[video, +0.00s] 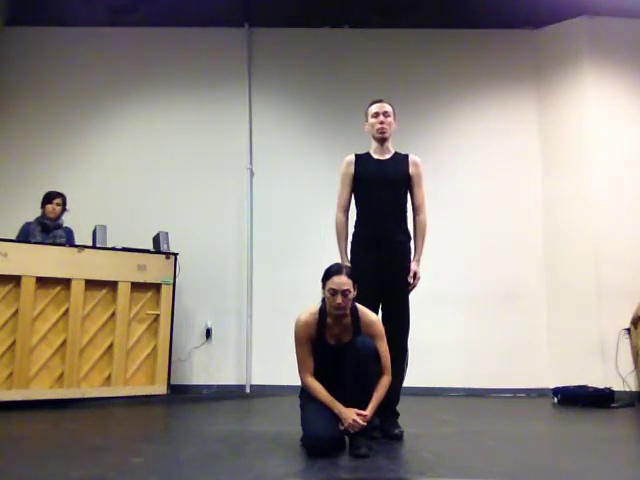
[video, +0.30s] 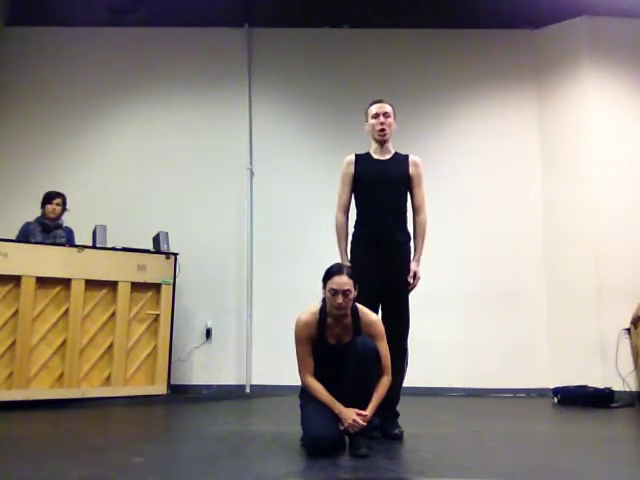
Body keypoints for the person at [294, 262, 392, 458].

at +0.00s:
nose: (339, 300)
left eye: (345, 294)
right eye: (333, 293)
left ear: (354, 293)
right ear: (323, 292)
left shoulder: (370, 322)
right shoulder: (306, 323)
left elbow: (386, 374)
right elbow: (307, 377)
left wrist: (365, 415)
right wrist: (341, 411)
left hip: (356, 392)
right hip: (321, 393)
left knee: (364, 346)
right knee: (321, 445)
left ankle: (360, 432)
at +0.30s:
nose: (340, 301)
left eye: (346, 294)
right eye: (333, 293)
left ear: (355, 293)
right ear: (324, 292)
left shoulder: (371, 322)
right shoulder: (307, 323)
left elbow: (386, 375)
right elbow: (307, 377)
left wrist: (365, 415)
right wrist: (341, 411)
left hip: (356, 392)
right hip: (321, 393)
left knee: (365, 346)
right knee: (321, 445)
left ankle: (360, 432)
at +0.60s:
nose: (340, 301)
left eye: (347, 294)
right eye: (334, 293)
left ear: (355, 293)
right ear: (324, 291)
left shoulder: (371, 322)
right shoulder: (307, 323)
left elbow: (386, 374)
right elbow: (307, 377)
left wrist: (366, 415)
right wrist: (342, 411)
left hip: (356, 393)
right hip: (321, 393)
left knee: (365, 346)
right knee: (321, 445)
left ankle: (360, 432)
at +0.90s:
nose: (340, 301)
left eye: (347, 294)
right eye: (334, 293)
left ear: (355, 293)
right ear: (324, 292)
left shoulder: (371, 322)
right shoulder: (307, 323)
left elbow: (386, 375)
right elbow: (307, 377)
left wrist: (366, 415)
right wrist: (342, 411)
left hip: (356, 392)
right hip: (321, 393)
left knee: (365, 346)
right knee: (322, 445)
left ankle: (360, 432)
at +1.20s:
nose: (340, 301)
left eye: (347, 294)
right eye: (334, 294)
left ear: (355, 293)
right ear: (324, 292)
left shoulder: (371, 323)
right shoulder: (307, 323)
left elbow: (386, 374)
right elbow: (307, 378)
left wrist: (366, 414)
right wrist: (342, 412)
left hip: (355, 392)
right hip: (321, 392)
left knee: (365, 347)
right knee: (321, 445)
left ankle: (360, 432)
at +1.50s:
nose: (340, 301)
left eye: (347, 294)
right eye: (334, 294)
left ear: (355, 293)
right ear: (324, 292)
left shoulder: (371, 322)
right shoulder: (307, 323)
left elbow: (386, 374)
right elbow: (307, 378)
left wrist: (366, 414)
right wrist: (342, 412)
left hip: (355, 392)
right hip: (321, 392)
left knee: (365, 347)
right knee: (322, 445)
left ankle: (360, 432)